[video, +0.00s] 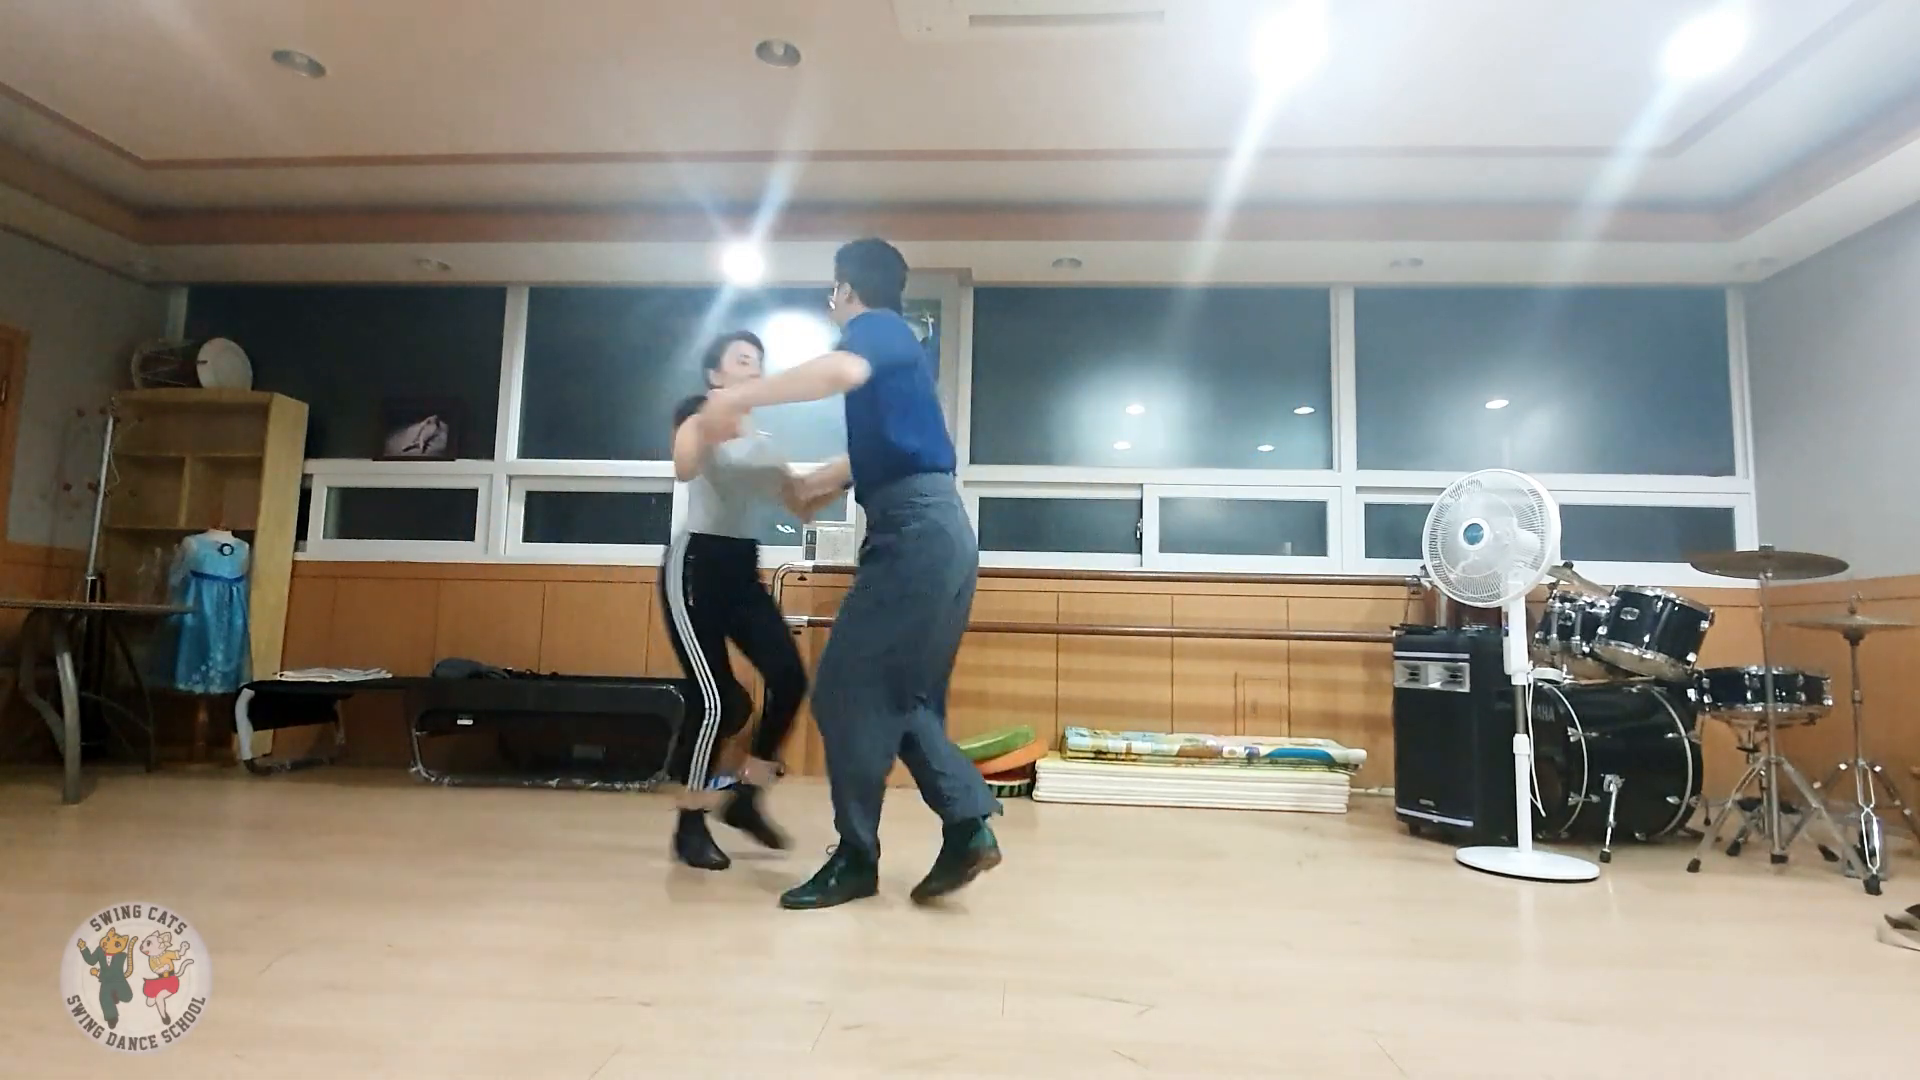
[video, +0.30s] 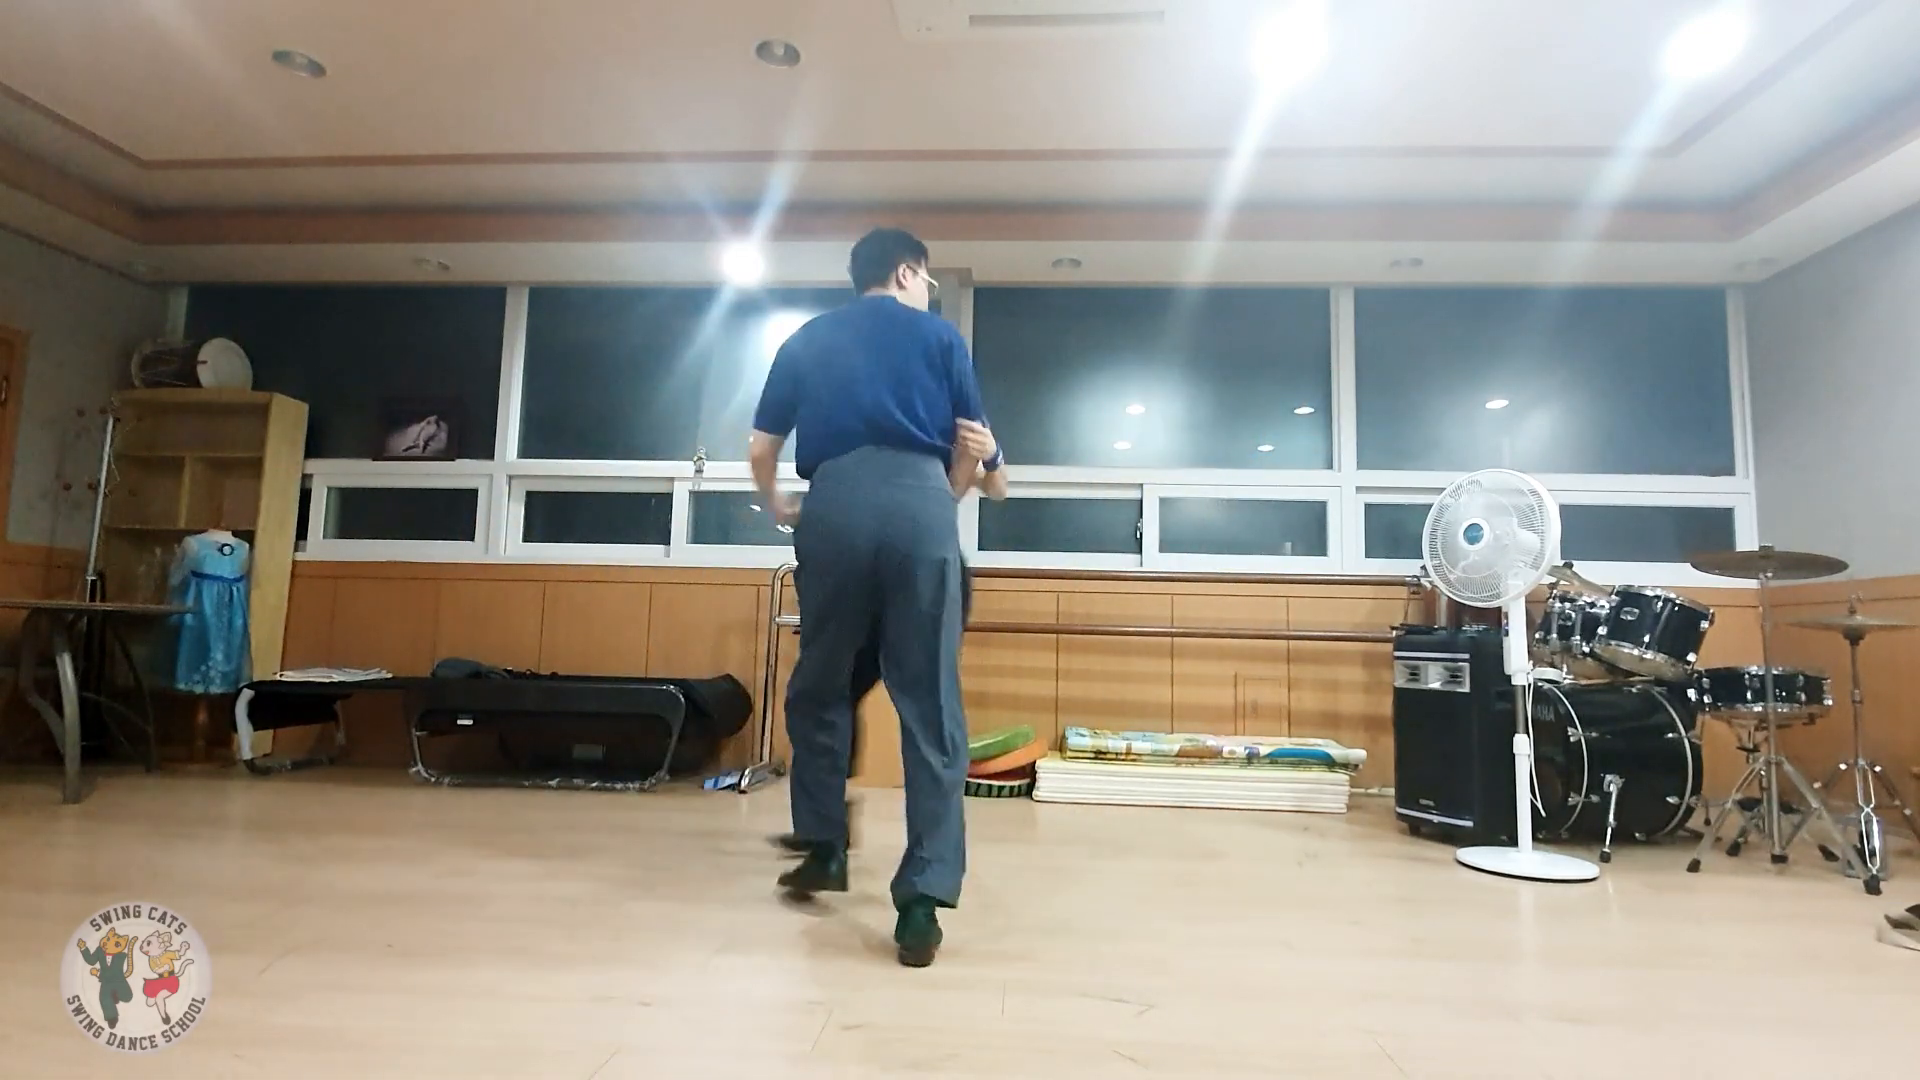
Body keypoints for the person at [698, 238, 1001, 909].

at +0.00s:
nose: (829, 300)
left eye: (833, 289)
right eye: (833, 290)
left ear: (849, 290)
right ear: (890, 291)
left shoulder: (877, 328)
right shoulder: (899, 345)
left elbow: (839, 373)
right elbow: (884, 447)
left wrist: (738, 397)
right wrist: (817, 485)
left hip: (913, 535)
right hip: (940, 536)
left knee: (846, 689)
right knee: (907, 696)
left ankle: (856, 857)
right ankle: (968, 826)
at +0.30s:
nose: (929, 291)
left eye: (926, 280)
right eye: (926, 279)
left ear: (857, 278)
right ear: (906, 275)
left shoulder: (806, 337)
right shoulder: (941, 337)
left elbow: (761, 453)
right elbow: (974, 447)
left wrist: (777, 508)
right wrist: (945, 501)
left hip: (833, 502)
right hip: (921, 502)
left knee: (821, 686)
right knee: (929, 708)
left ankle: (824, 848)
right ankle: (922, 896)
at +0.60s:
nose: (896, 304)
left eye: (894, 290)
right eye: (890, 289)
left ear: (839, 293)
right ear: (859, 289)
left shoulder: (794, 359)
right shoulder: (864, 350)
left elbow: (859, 468)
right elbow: (907, 460)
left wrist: (942, 496)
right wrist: (977, 509)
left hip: (773, 530)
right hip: (837, 524)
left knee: (836, 693)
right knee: (894, 712)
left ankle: (841, 840)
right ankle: (895, 915)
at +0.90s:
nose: (851, 293)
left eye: (849, 280)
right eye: (841, 279)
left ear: (813, 288)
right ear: (803, 284)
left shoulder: (825, 374)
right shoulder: (768, 353)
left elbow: (886, 434)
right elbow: (740, 452)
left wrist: (972, 448)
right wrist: (774, 544)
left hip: (792, 536)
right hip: (757, 534)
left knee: (831, 685)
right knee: (823, 688)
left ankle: (833, 837)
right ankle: (754, 836)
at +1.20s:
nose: (822, 310)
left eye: (824, 300)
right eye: (808, 298)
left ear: (818, 311)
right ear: (771, 306)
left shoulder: (822, 396)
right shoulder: (724, 375)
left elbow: (887, 445)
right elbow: (669, 463)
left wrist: (974, 455)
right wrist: (695, 553)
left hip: (771, 553)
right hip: (714, 549)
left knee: (824, 675)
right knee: (751, 692)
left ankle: (830, 828)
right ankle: (722, 837)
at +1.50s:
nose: (812, 335)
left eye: (813, 325)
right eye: (798, 323)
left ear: (803, 336)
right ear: (759, 330)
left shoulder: (813, 420)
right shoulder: (707, 397)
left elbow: (883, 467)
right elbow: (650, 480)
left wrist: (966, 479)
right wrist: (690, 542)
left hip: (750, 564)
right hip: (686, 561)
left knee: (803, 678)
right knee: (746, 685)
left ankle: (808, 832)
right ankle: (745, 844)